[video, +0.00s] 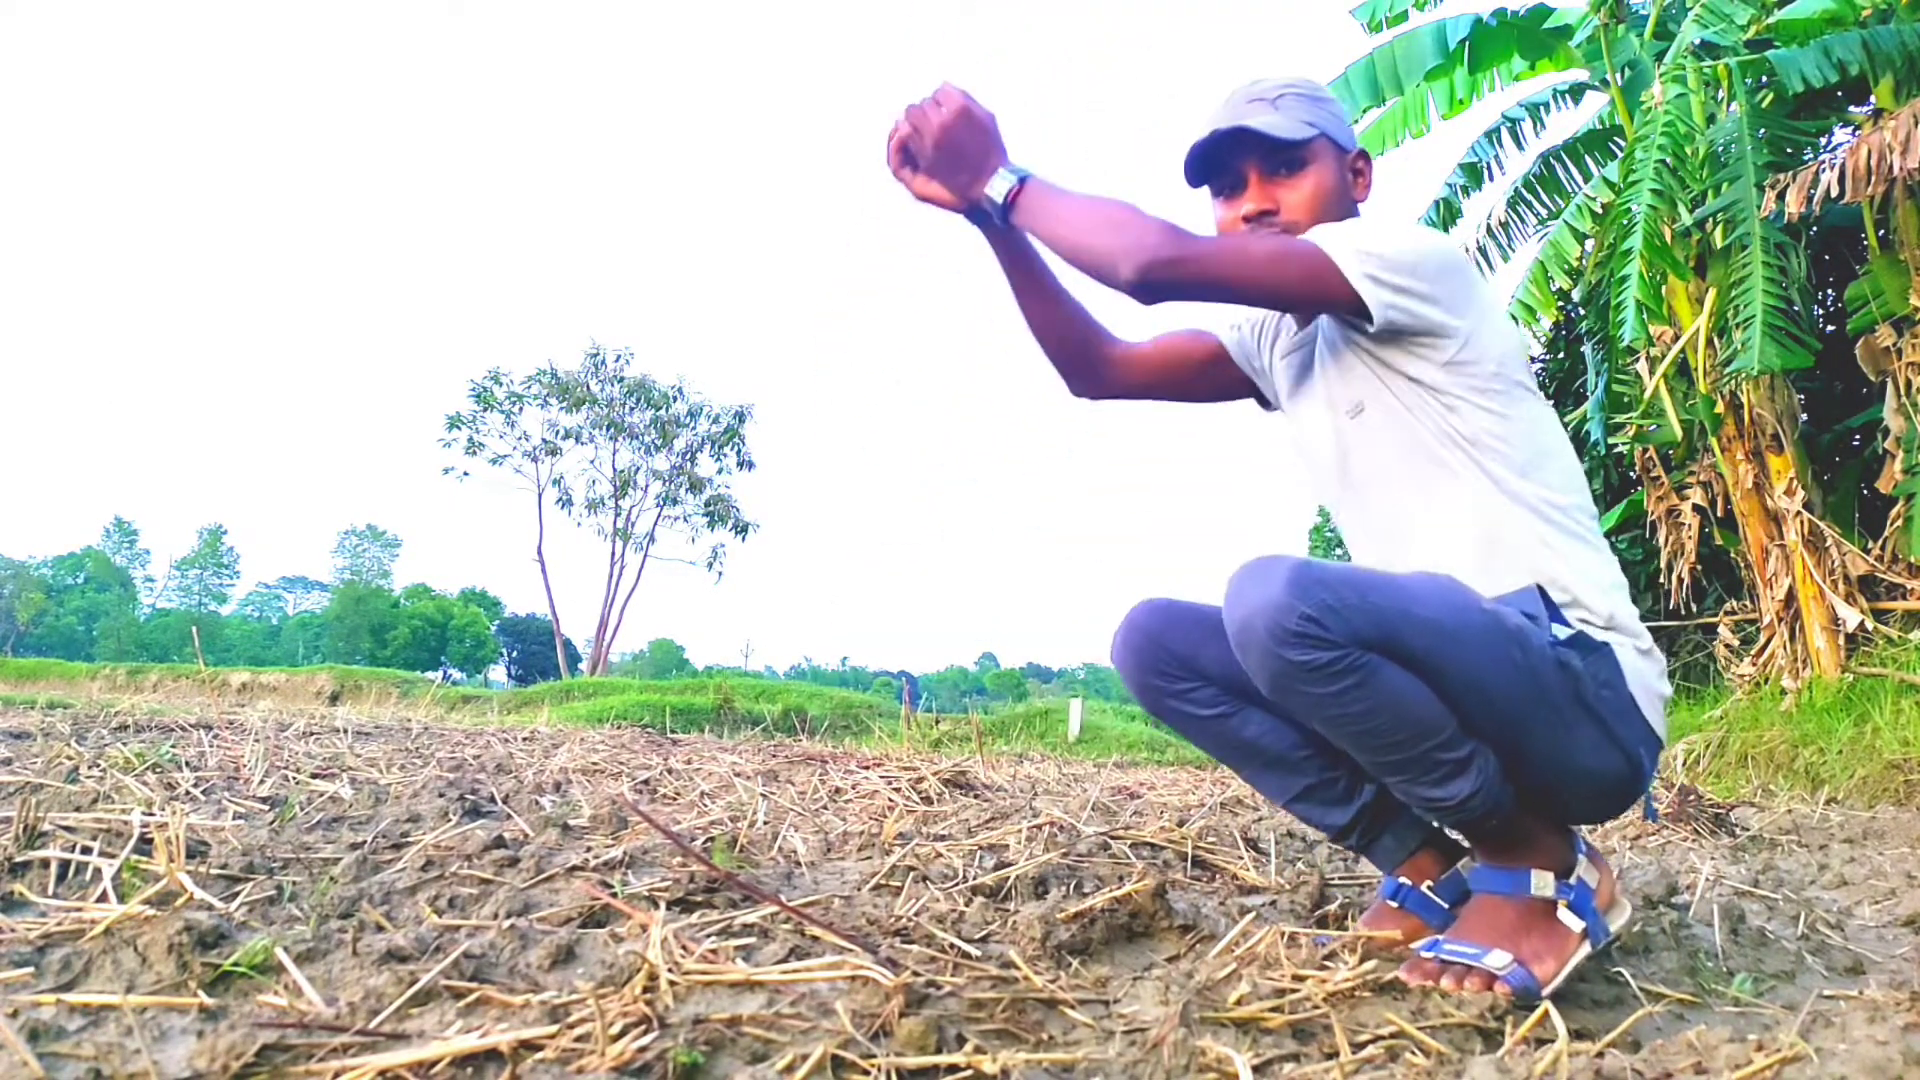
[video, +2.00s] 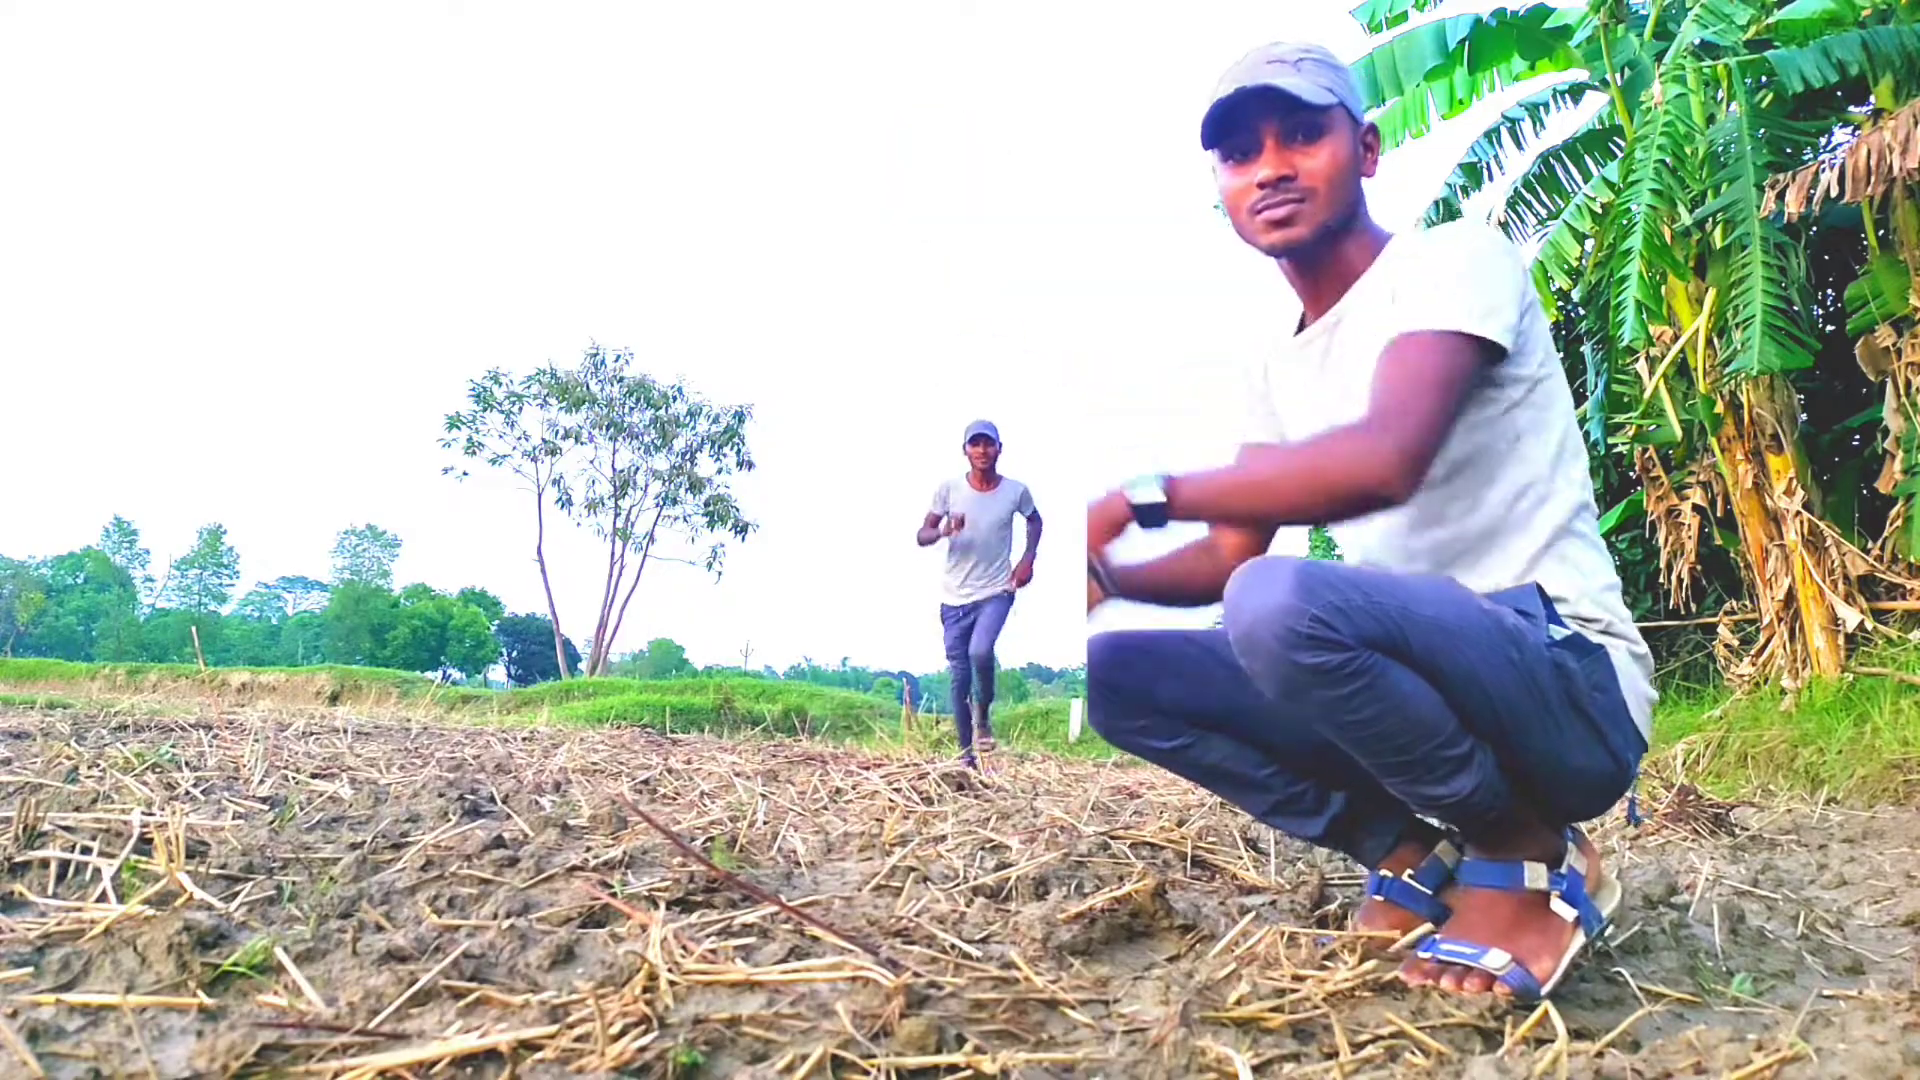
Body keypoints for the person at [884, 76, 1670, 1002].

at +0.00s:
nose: (1255, 199)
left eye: (1286, 164)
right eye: (1231, 185)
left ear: (1358, 173)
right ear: (1211, 209)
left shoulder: (1411, 262)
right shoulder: (1281, 340)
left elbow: (1155, 262)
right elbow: (1100, 368)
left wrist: (997, 182)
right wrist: (993, 217)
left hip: (1581, 685)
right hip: (1457, 697)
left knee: (1275, 603)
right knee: (1155, 642)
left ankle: (1534, 855)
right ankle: (1435, 856)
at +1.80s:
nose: (1275, 168)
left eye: (1309, 132)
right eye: (1247, 149)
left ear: (1379, 149)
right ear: (1231, 182)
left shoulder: (1443, 238)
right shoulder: (1296, 328)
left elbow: (1188, 278)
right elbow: (1117, 383)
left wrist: (1010, 213)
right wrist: (990, 256)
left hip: (1566, 669)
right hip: (1434, 682)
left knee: (1271, 612)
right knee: (1125, 682)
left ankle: (1522, 859)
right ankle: (1424, 854)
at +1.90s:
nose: (1281, 160)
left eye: (1313, 129)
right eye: (1252, 143)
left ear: (1381, 147)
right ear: (1235, 185)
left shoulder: (1457, 246)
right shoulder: (1303, 346)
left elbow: (1296, 398)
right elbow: (1178, 501)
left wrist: (1079, 384)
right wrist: (1046, 458)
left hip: (1567, 676)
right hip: (1436, 699)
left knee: (1269, 612)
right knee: (1122, 682)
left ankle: (1518, 857)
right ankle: (1413, 855)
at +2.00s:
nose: (1272, 167)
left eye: (1302, 135)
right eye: (1241, 149)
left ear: (1364, 150)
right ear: (1219, 186)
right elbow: (1227, 556)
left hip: (1573, 683)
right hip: (1422, 706)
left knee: (1278, 608)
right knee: (1122, 677)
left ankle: (1518, 858)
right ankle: (1408, 850)